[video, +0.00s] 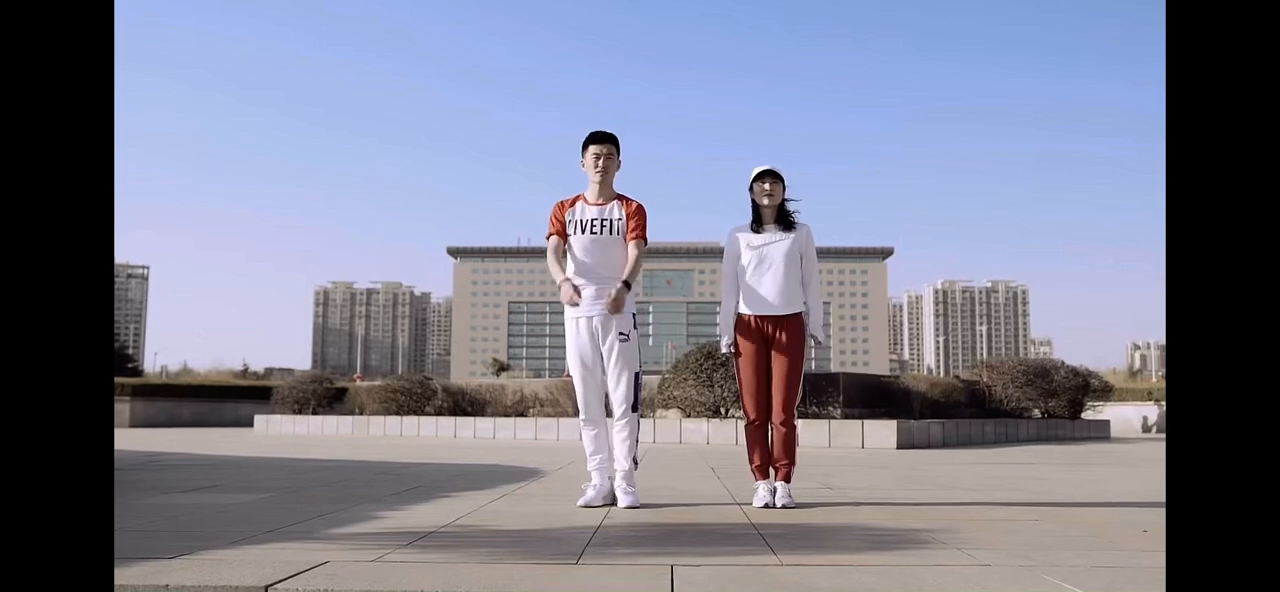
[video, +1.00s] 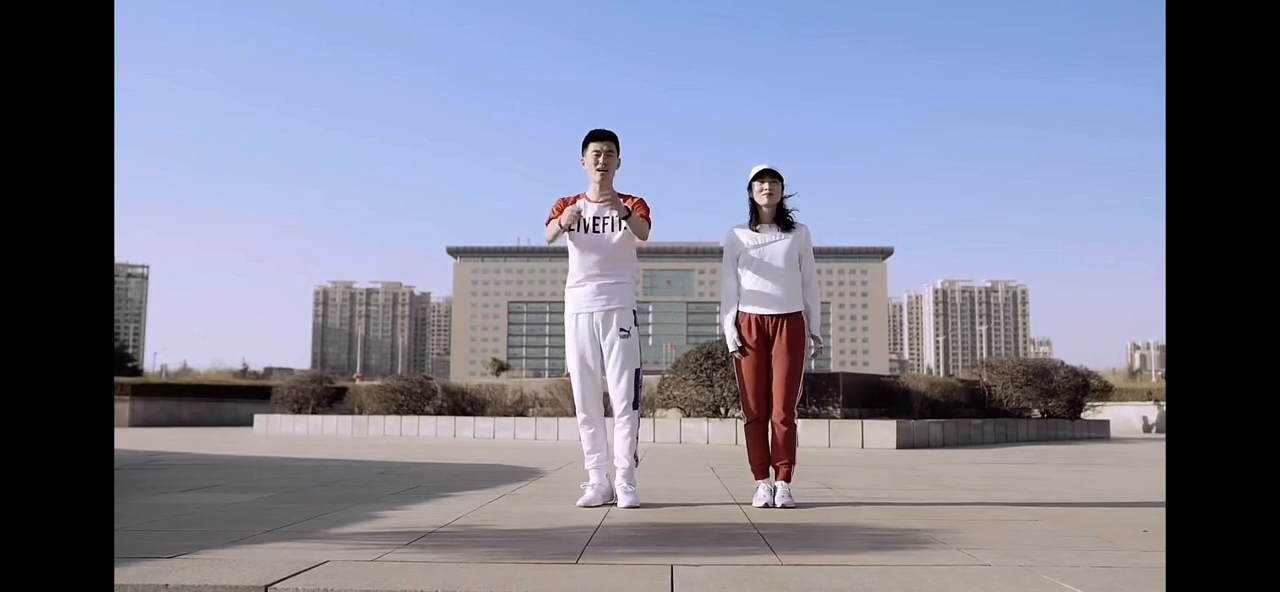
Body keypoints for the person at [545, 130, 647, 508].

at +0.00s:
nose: (601, 160)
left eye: (608, 155)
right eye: (595, 155)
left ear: (618, 163)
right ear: (583, 162)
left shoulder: (631, 208)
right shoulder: (564, 208)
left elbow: (636, 251)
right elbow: (553, 252)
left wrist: (624, 286)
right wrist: (562, 280)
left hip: (617, 311)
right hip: (578, 313)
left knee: (623, 402)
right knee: (588, 404)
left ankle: (624, 483)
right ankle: (599, 482)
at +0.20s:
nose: (602, 160)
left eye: (609, 155)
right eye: (595, 154)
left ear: (618, 162)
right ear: (583, 161)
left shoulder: (633, 209)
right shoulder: (564, 208)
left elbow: (646, 264)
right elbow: (552, 263)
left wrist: (660, 314)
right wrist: (540, 315)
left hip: (619, 314)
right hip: (577, 316)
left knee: (623, 403)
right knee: (588, 406)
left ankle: (625, 483)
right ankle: (599, 482)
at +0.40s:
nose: (600, 157)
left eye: (607, 151)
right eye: (593, 151)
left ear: (617, 158)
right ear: (582, 158)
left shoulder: (633, 205)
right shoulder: (563, 205)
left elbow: (650, 248)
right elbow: (550, 249)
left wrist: (671, 288)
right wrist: (534, 290)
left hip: (619, 311)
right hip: (578, 313)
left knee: (624, 400)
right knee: (587, 403)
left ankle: (625, 482)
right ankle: (598, 482)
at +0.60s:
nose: (599, 160)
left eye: (606, 155)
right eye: (592, 155)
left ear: (616, 162)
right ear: (581, 162)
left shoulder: (633, 208)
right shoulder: (563, 210)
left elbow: (650, 260)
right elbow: (553, 262)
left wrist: (668, 306)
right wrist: (538, 311)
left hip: (620, 314)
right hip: (579, 316)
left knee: (624, 402)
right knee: (588, 404)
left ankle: (625, 482)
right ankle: (600, 481)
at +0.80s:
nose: (601, 163)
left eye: (607, 158)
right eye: (594, 158)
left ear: (617, 165)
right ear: (583, 165)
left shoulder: (634, 210)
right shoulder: (565, 212)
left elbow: (644, 246)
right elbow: (554, 256)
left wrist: (644, 280)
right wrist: (549, 295)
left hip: (621, 316)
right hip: (580, 317)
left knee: (623, 404)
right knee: (588, 405)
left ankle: (624, 482)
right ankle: (599, 482)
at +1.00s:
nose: (602, 159)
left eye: (609, 153)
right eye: (596, 153)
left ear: (618, 161)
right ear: (584, 160)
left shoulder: (633, 203)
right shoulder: (566, 204)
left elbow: (643, 234)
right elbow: (548, 236)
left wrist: (620, 207)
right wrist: (564, 221)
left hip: (619, 310)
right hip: (578, 312)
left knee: (625, 400)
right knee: (586, 403)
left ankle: (625, 482)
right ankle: (597, 482)